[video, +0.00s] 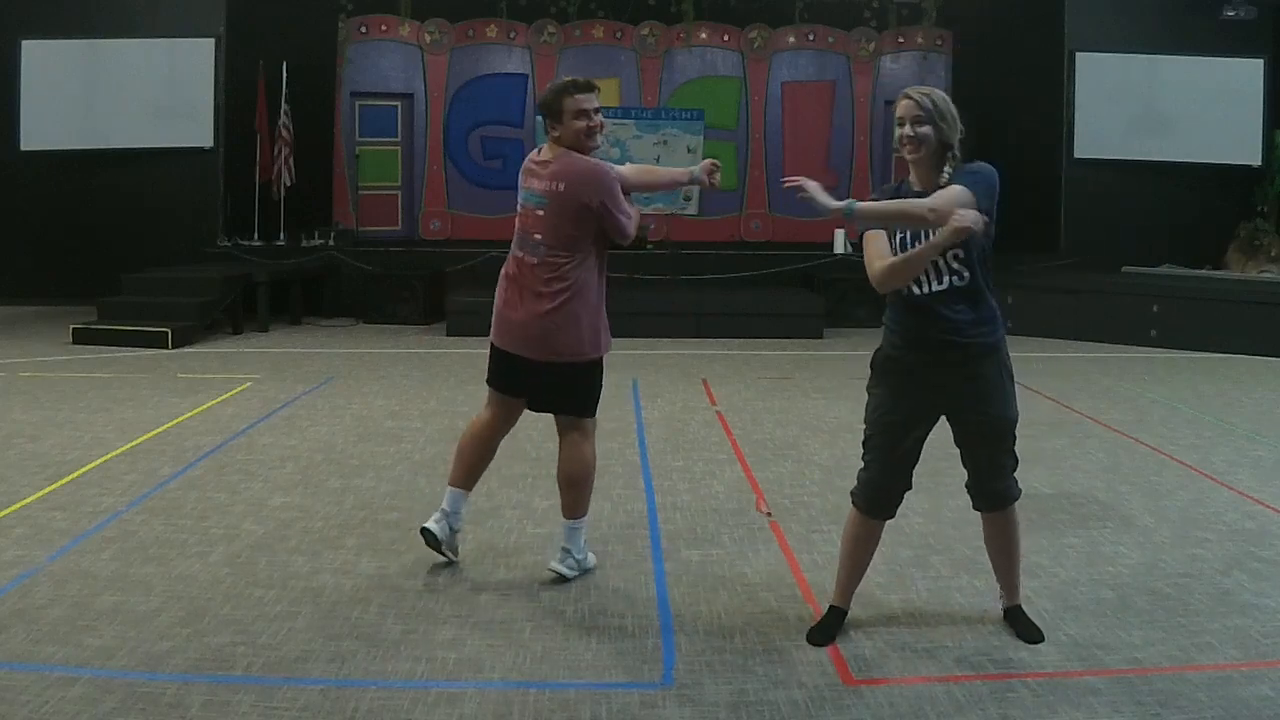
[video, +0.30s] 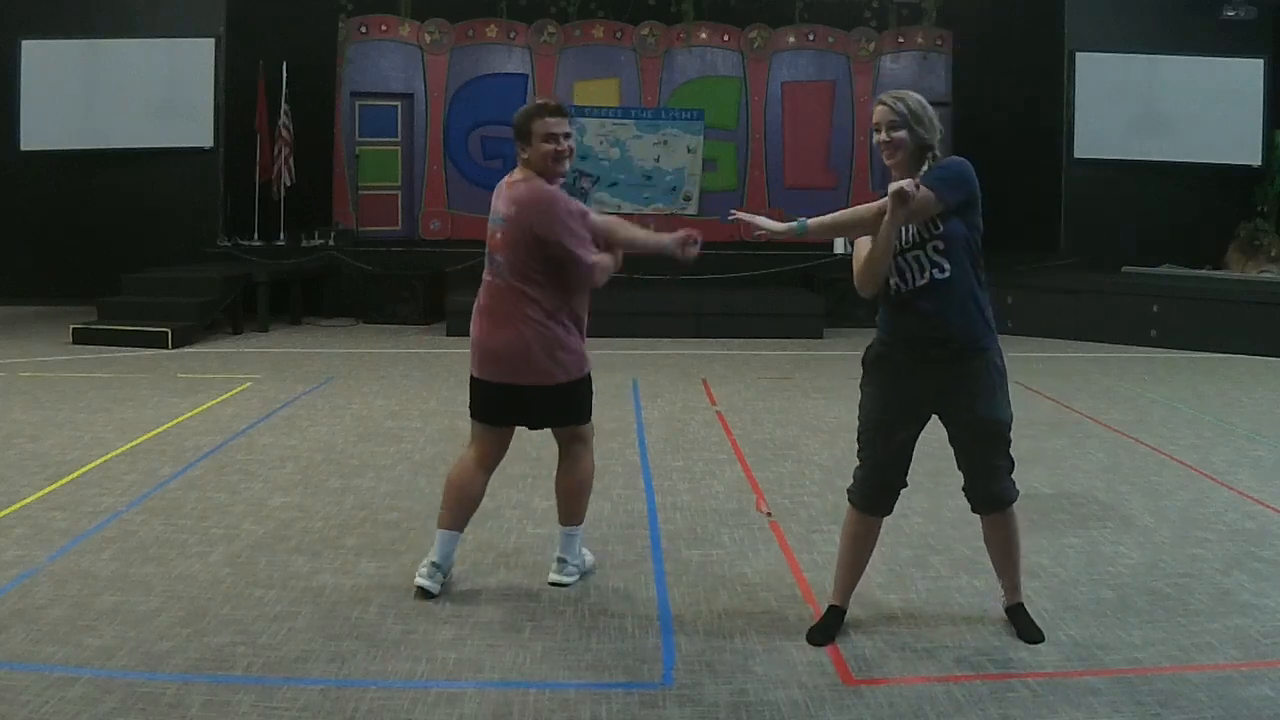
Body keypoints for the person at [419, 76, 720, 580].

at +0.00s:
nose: (595, 122)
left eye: (596, 113)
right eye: (582, 116)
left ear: (594, 116)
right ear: (556, 124)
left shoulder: (534, 162)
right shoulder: (595, 175)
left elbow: (621, 173)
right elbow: (628, 229)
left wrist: (692, 174)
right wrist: (629, 206)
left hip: (512, 322)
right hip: (572, 331)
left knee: (495, 414)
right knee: (576, 432)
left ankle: (446, 518)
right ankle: (573, 549)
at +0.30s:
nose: (562, 147)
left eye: (567, 138)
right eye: (550, 139)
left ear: (572, 141)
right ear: (524, 147)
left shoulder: (510, 189)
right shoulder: (547, 201)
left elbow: (602, 226)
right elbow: (592, 273)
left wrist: (668, 241)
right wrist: (613, 259)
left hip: (493, 346)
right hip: (550, 350)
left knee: (482, 451)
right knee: (575, 444)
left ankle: (437, 563)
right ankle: (569, 556)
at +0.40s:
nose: (549, 142)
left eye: (553, 134)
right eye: (537, 135)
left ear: (558, 138)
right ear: (511, 142)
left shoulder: (503, 187)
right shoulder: (525, 198)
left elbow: (571, 240)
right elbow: (555, 279)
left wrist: (629, 277)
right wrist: (599, 323)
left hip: (484, 348)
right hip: (541, 351)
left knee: (473, 449)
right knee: (566, 442)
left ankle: (434, 562)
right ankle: (569, 556)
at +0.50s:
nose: (540, 135)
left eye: (543, 126)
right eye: (529, 126)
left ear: (540, 130)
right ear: (500, 134)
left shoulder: (483, 181)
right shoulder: (513, 192)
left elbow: (520, 259)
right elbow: (523, 278)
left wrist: (560, 299)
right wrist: (549, 348)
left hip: (474, 342)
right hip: (523, 344)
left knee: (460, 446)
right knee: (550, 444)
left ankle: (430, 561)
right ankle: (565, 556)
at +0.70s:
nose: (538, 133)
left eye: (536, 123)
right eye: (533, 124)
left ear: (483, 133)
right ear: (510, 132)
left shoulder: (451, 183)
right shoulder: (509, 189)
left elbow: (443, 259)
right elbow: (512, 272)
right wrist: (534, 347)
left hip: (447, 345)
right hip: (505, 347)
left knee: (439, 446)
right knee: (547, 435)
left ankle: (424, 567)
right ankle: (549, 555)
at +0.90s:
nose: (522, 132)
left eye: (519, 126)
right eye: (522, 127)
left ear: (468, 128)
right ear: (514, 130)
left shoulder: (433, 183)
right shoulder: (541, 190)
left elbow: (417, 259)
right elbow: (571, 268)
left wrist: (415, 320)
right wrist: (582, 334)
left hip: (446, 343)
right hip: (516, 347)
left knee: (441, 442)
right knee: (523, 448)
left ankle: (428, 563)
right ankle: (537, 568)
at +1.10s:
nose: (496, 138)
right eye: (498, 131)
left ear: (447, 130)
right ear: (495, 133)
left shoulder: (412, 187)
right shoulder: (521, 188)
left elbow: (403, 273)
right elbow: (566, 255)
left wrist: (418, 320)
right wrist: (591, 301)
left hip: (434, 344)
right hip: (507, 347)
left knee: (427, 445)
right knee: (518, 448)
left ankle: (421, 567)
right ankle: (537, 568)